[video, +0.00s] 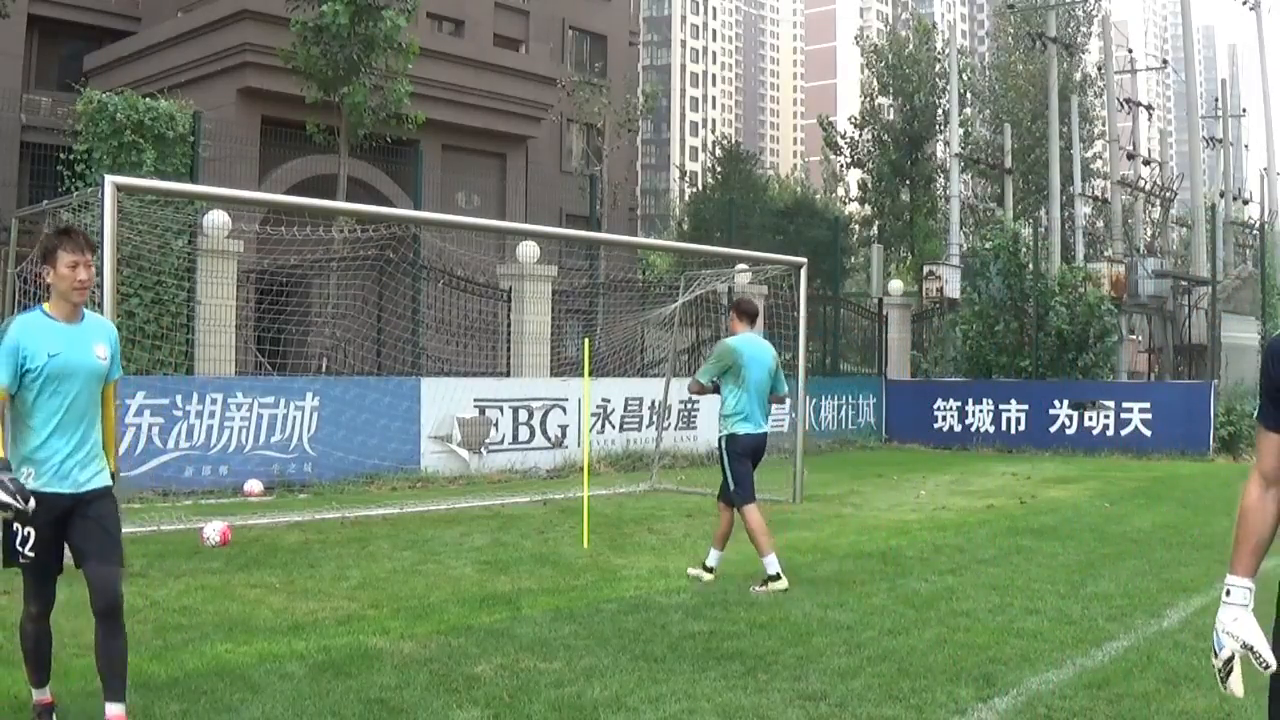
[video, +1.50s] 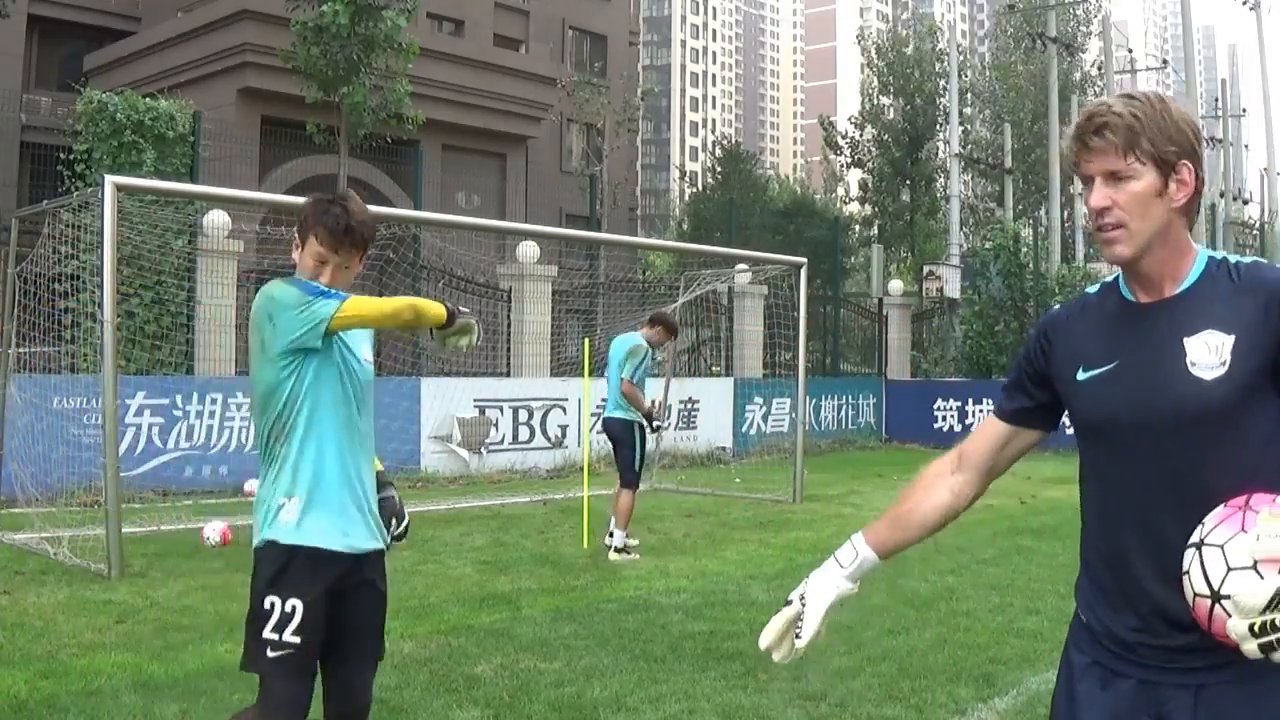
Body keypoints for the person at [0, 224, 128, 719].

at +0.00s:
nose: (84, 275)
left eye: (89, 266)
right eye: (73, 266)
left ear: (94, 271)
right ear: (47, 273)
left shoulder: (104, 331)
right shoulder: (20, 331)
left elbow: (108, 408)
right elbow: (2, 407)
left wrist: (110, 471)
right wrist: (4, 470)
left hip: (94, 487)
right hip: (36, 491)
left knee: (110, 600)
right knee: (38, 607)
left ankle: (116, 712)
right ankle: (42, 704)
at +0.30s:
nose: (123, 272)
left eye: (129, 262)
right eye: (110, 262)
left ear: (135, 268)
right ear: (83, 269)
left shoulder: (146, 333)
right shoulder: (56, 327)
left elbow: (136, 412)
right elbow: (25, 410)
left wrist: (141, 483)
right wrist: (33, 484)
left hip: (134, 505)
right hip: (70, 505)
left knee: (123, 630)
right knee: (59, 635)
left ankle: (121, 718)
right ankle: (49, 694)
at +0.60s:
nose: (141, 277)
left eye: (148, 267)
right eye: (129, 267)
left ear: (157, 269)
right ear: (104, 270)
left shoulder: (180, 331)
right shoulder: (75, 333)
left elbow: (204, 417)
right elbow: (37, 420)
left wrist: (234, 487)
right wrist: (26, 505)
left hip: (163, 517)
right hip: (99, 514)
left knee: (138, 649)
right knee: (111, 646)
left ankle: (127, 718)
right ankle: (100, 718)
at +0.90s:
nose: (178, 291)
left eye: (188, 281)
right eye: (169, 278)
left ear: (198, 275)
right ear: (142, 262)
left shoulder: (206, 324)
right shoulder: (100, 332)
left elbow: (236, 397)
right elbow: (58, 426)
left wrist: (270, 460)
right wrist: (51, 521)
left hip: (201, 527)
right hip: (132, 530)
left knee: (224, 666)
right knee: (137, 677)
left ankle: (161, 715)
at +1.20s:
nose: (236, 291)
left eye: (250, 281)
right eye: (229, 274)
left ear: (262, 278)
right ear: (204, 254)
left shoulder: (253, 325)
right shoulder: (163, 318)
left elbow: (229, 416)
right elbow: (153, 415)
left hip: (245, 532)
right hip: (177, 537)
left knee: (299, 676)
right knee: (158, 690)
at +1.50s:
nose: (328, 278)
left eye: (343, 268)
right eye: (319, 261)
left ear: (361, 265)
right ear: (297, 246)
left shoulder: (358, 320)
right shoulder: (278, 300)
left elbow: (343, 423)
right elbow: (404, 308)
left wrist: (379, 479)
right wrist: (448, 319)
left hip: (361, 546)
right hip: (295, 542)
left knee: (351, 708)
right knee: (282, 706)